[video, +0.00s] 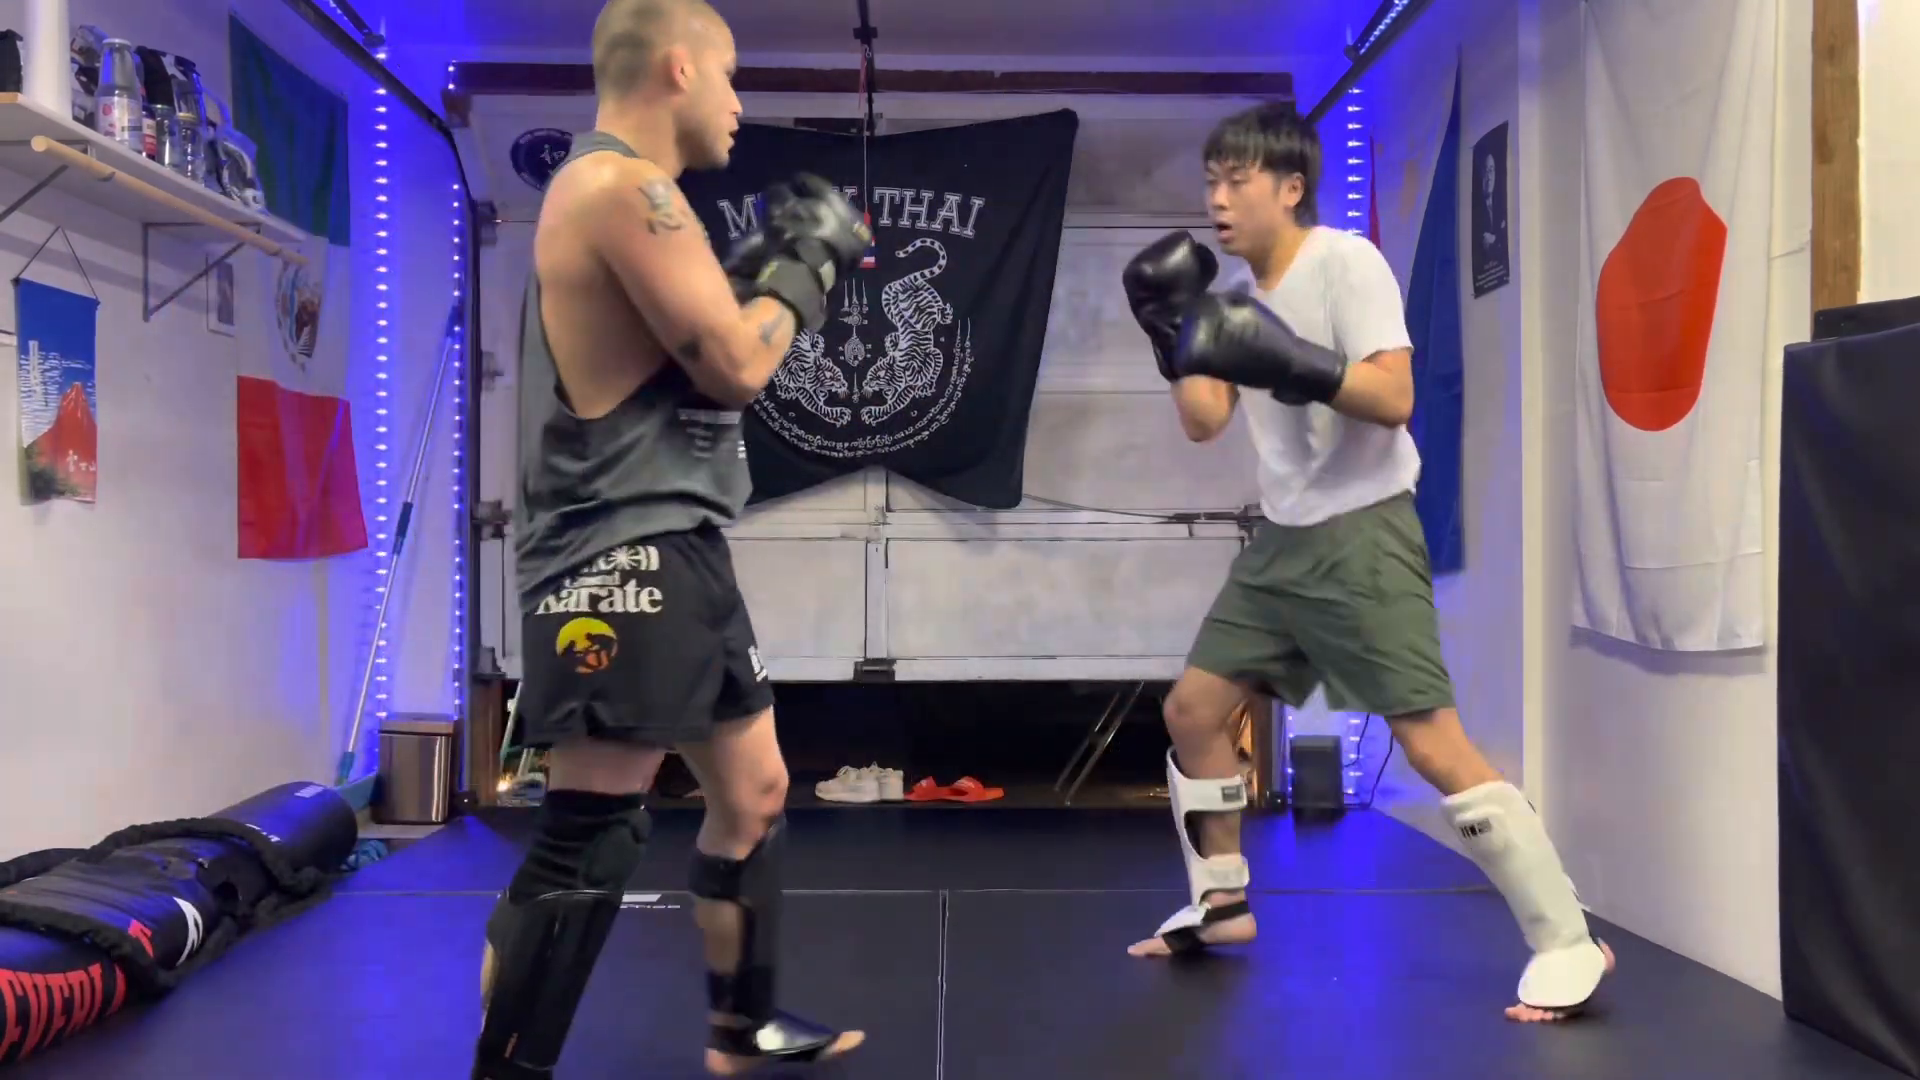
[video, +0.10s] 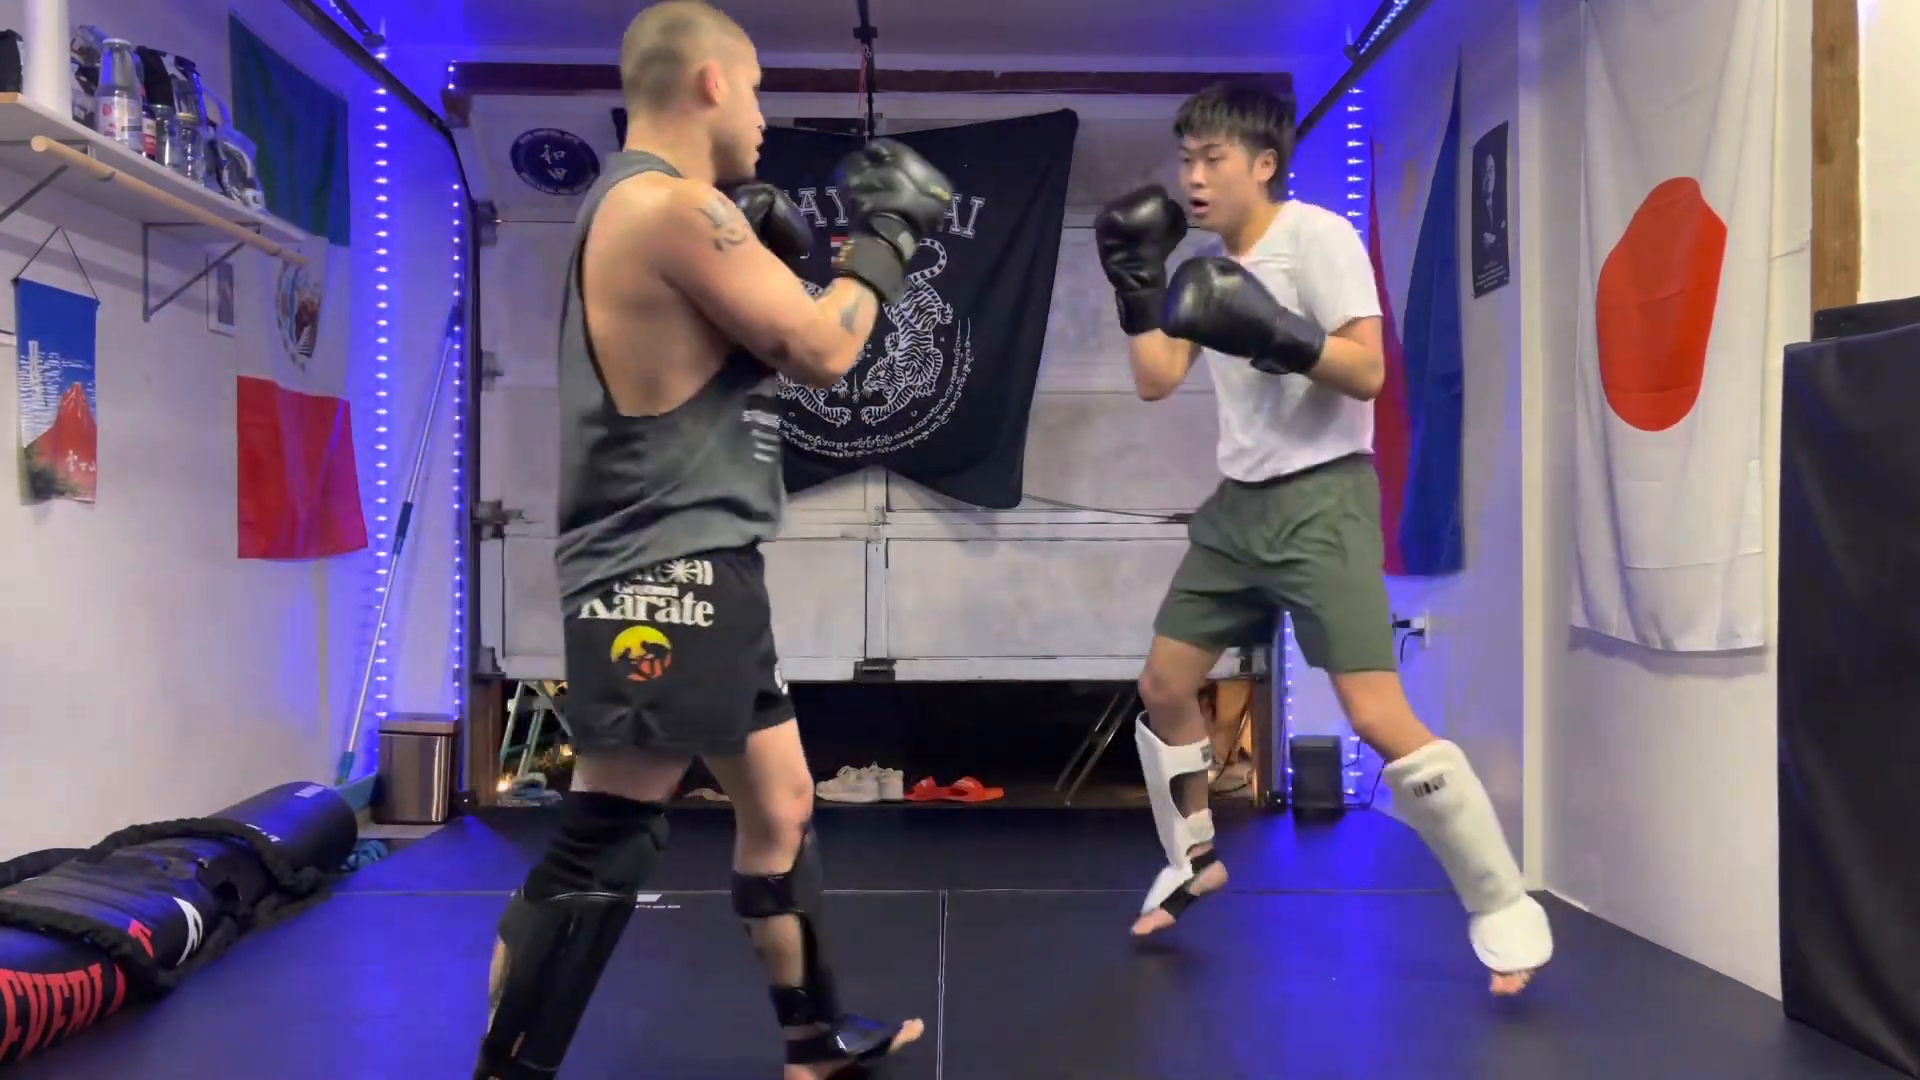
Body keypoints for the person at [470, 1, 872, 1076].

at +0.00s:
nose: (737, 104)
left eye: (734, 81)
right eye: (728, 79)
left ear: (654, 76)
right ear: (674, 74)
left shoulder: (634, 193)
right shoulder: (616, 186)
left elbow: (715, 361)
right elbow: (738, 364)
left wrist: (785, 267)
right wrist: (802, 259)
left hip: (673, 547)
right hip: (617, 552)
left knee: (752, 793)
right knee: (588, 835)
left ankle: (742, 1027)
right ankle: (511, 1067)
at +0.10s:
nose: (763, 112)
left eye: (759, 90)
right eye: (754, 89)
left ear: (670, 91)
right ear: (710, 84)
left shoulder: (643, 205)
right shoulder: (667, 208)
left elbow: (728, 354)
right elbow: (826, 346)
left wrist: (789, 264)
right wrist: (890, 238)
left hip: (693, 563)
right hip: (664, 569)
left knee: (779, 807)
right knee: (604, 837)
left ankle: (814, 1037)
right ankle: (510, 1065)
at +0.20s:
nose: (794, 116)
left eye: (789, 96)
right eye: (787, 95)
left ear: (693, 102)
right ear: (747, 95)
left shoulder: (668, 208)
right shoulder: (727, 212)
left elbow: (761, 365)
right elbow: (863, 361)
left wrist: (804, 261)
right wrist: (915, 251)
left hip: (734, 566)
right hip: (711, 573)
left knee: (813, 806)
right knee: (671, 826)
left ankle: (822, 1044)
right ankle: (528, 1059)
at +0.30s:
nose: (832, 116)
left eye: (828, 95)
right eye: (825, 93)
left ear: (720, 104)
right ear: (792, 91)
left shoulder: (694, 216)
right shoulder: (778, 202)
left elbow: (787, 372)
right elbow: (895, 366)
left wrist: (875, 289)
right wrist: (931, 281)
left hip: (754, 550)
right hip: (775, 553)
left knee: (824, 802)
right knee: (778, 827)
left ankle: (822, 1041)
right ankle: (555, 1063)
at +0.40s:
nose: (857, 113)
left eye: (852, 95)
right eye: (853, 94)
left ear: (753, 110)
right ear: (832, 95)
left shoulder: (724, 218)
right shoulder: (823, 198)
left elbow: (808, 361)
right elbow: (937, 351)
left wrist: (905, 268)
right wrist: (972, 261)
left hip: (749, 556)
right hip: (815, 551)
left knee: (808, 817)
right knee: (880, 823)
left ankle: (821, 1043)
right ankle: (664, 1040)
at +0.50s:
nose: (898, 114)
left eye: (893, 97)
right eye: (894, 95)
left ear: (789, 104)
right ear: (872, 93)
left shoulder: (756, 212)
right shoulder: (861, 199)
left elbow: (825, 368)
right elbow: (982, 328)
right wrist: (1003, 223)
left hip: (768, 559)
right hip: (846, 553)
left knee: (818, 803)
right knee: (939, 803)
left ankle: (823, 1039)